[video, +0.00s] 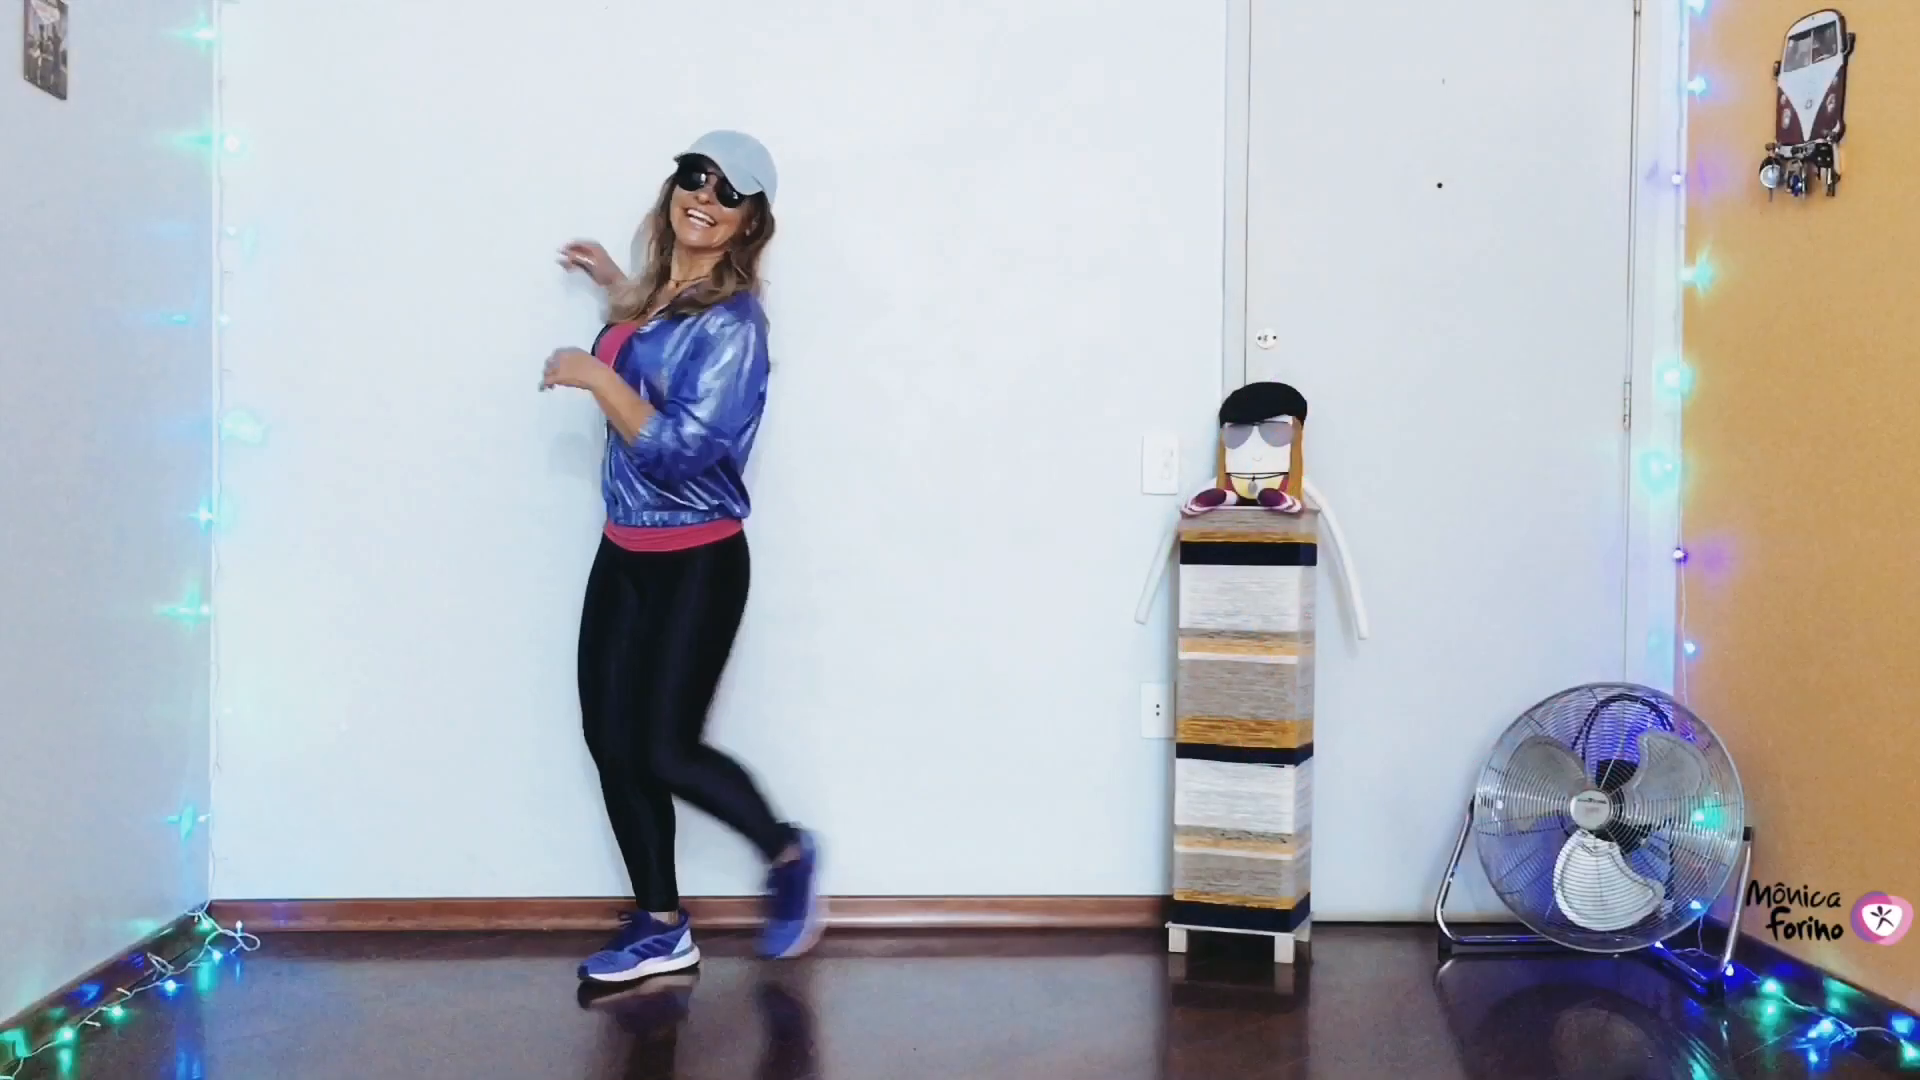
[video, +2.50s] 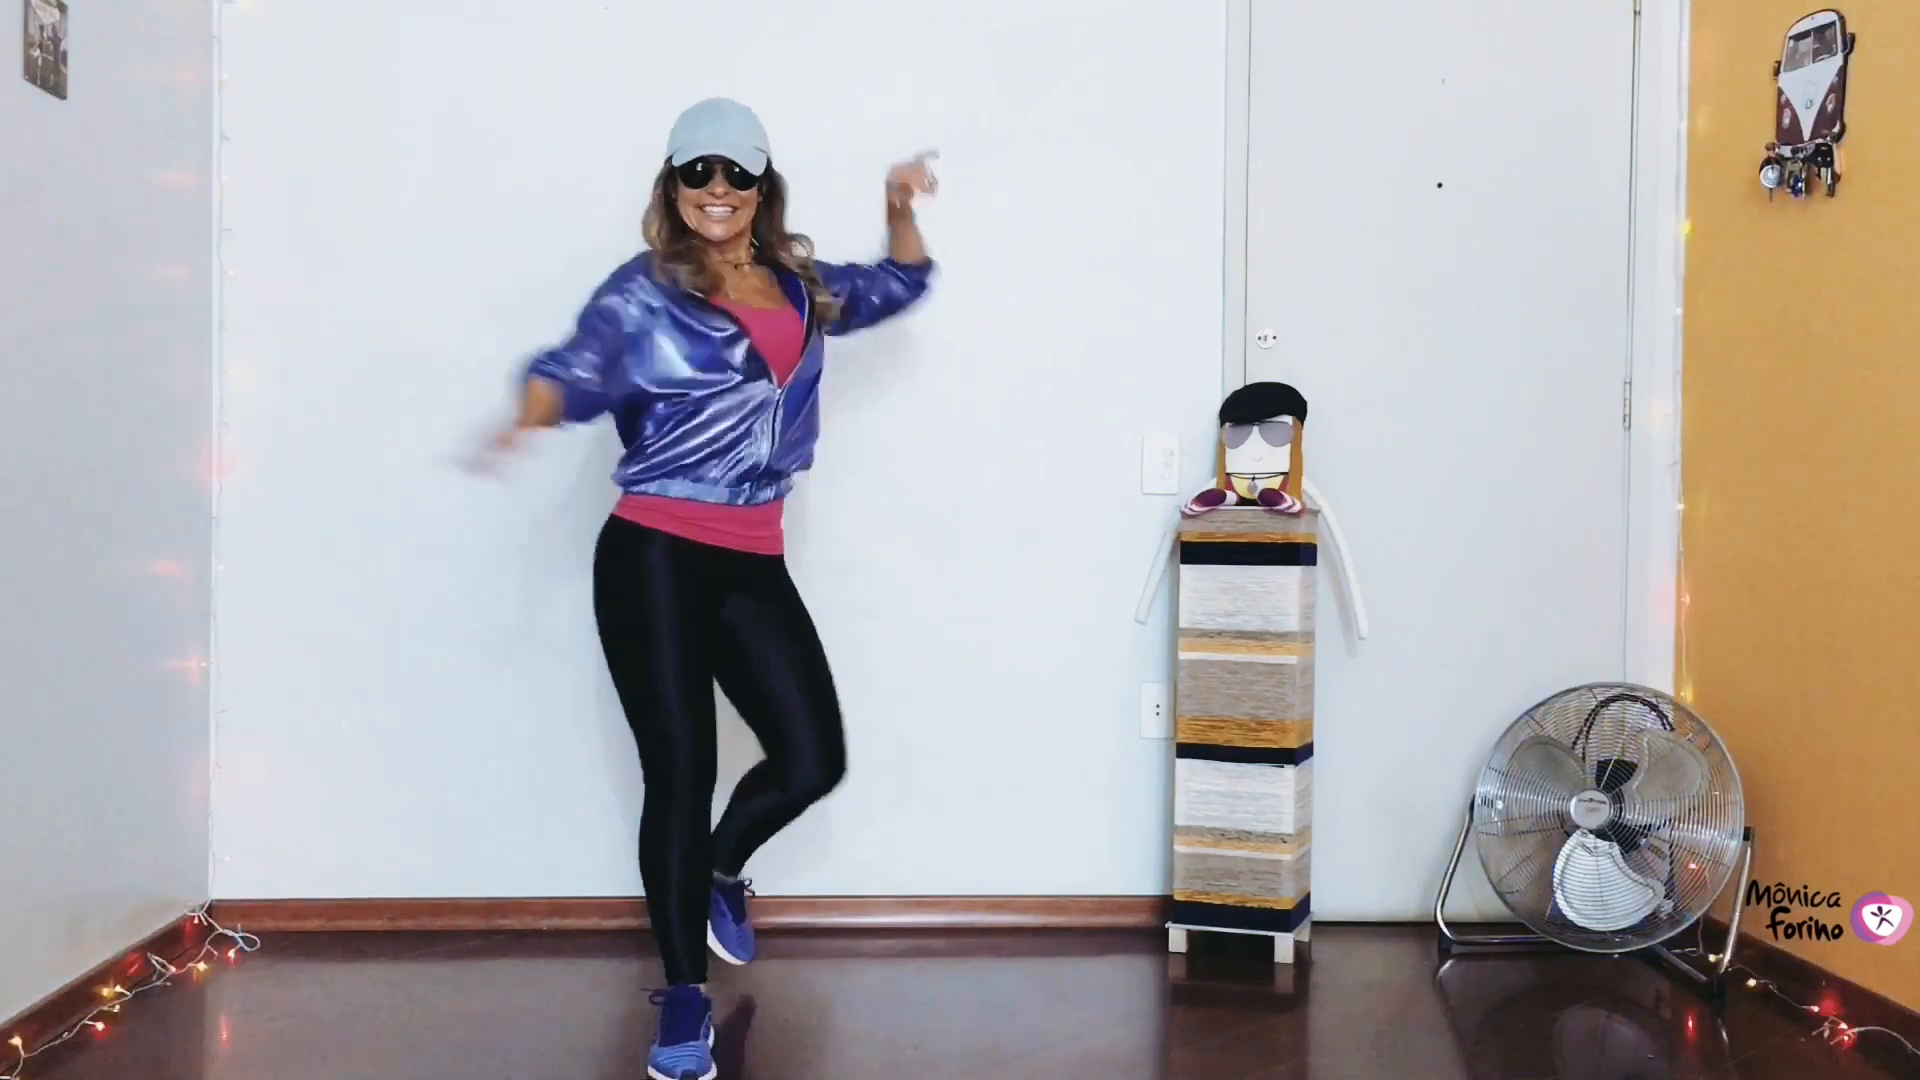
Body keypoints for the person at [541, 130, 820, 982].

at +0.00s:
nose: (704, 201)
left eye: (727, 198)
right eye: (694, 183)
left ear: (748, 225)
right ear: (671, 196)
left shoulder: (735, 325)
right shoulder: (658, 302)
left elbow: (683, 453)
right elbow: (645, 381)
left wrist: (600, 380)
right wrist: (618, 296)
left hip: (699, 563)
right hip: (626, 558)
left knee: (664, 748)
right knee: (612, 743)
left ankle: (787, 852)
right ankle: (662, 926)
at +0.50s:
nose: (687, 191)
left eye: (708, 178)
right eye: (671, 173)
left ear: (739, 195)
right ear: (649, 188)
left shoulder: (754, 276)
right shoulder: (648, 293)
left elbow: (835, 329)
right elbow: (623, 397)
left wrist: (708, 323)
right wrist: (548, 345)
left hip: (722, 559)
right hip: (640, 555)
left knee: (726, 750)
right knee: (635, 736)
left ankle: (791, 975)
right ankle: (657, 921)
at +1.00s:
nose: (712, 185)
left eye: (730, 166)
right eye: (691, 171)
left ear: (762, 176)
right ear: (670, 188)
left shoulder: (801, 277)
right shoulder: (646, 293)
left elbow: (866, 300)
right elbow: (638, 411)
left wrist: (921, 249)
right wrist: (657, 446)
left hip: (789, 564)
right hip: (680, 570)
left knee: (807, 779)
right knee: (685, 782)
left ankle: (809, 992)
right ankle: (680, 975)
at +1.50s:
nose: (729, 192)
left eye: (744, 176)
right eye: (711, 179)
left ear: (763, 182)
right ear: (682, 192)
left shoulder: (754, 249)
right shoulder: (701, 276)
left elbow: (791, 156)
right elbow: (742, 395)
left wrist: (841, 73)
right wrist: (845, 437)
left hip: (724, 544)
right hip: (678, 540)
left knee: (741, 726)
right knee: (700, 737)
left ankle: (681, 921)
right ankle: (618, 964)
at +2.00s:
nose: (721, 211)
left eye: (735, 195)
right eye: (701, 201)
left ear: (758, 201)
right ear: (679, 215)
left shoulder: (745, 269)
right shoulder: (706, 297)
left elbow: (768, 164)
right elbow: (717, 421)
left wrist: (811, 82)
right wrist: (798, 457)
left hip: (728, 513)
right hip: (701, 511)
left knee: (758, 713)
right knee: (769, 703)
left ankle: (680, 918)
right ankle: (722, 921)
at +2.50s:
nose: (718, 194)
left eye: (737, 177)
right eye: (697, 177)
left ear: (764, 187)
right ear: (673, 190)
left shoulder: (796, 285)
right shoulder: (644, 295)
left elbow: (898, 286)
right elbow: (579, 371)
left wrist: (903, 210)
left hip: (750, 564)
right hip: (654, 557)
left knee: (812, 760)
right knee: (682, 776)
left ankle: (714, 862)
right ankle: (685, 995)